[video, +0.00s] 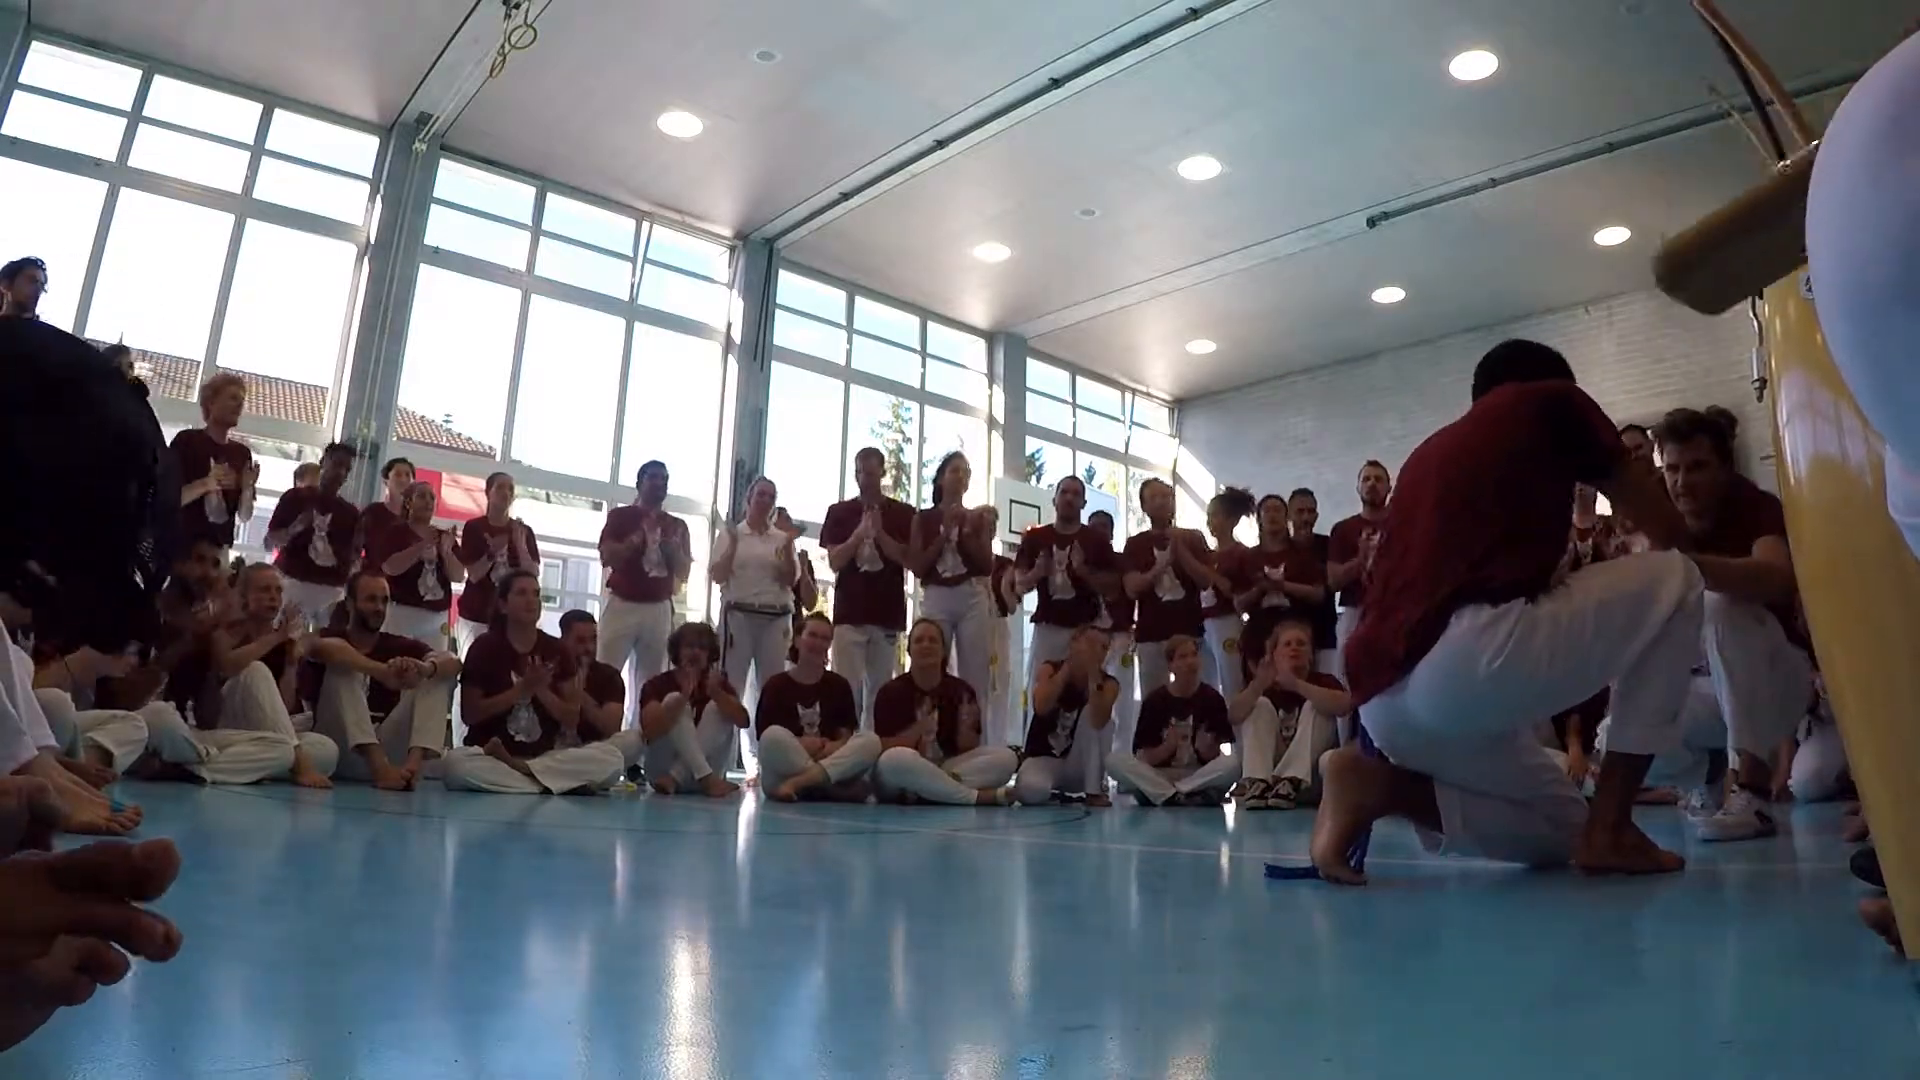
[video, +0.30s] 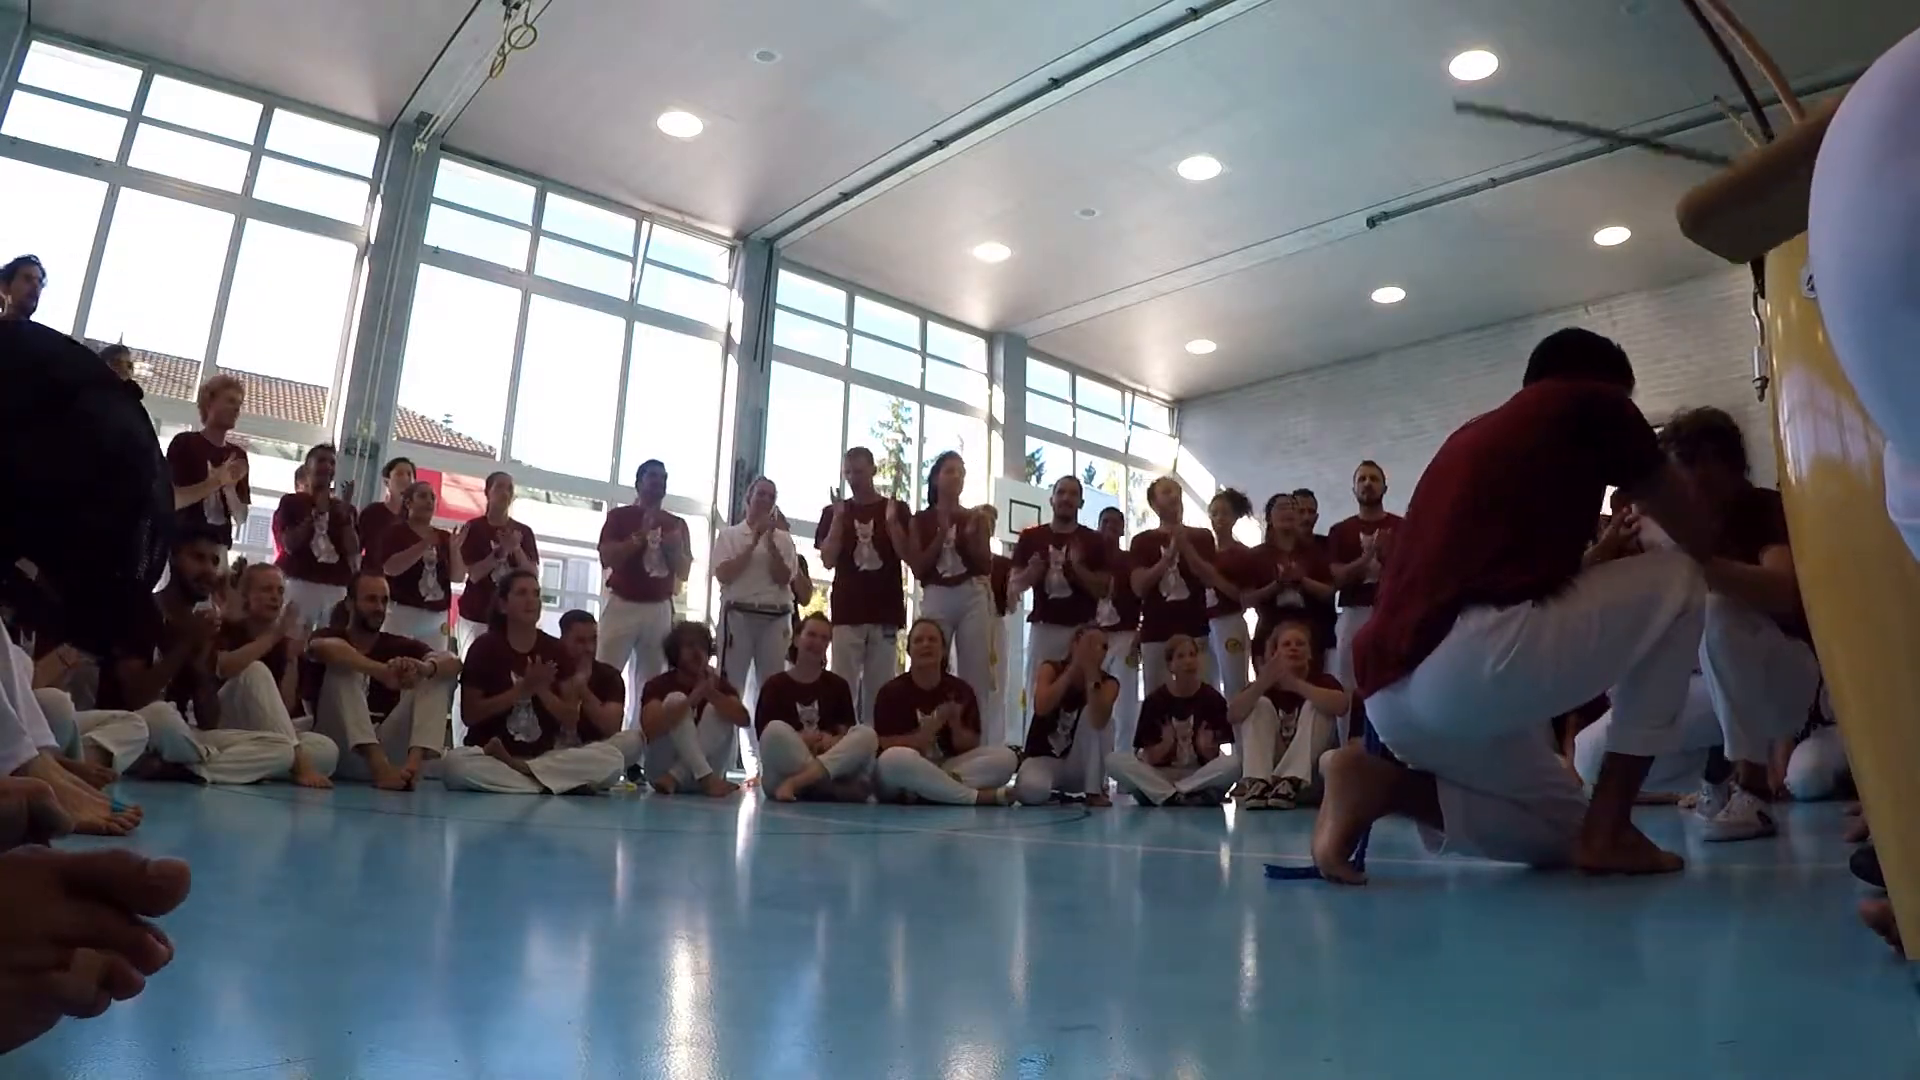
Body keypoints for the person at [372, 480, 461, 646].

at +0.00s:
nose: (428, 502)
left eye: (432, 497)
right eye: (422, 496)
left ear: (435, 503)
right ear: (408, 502)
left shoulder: (444, 537)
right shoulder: (397, 532)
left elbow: (459, 576)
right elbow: (389, 568)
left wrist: (447, 552)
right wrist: (419, 549)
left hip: (437, 613)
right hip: (402, 610)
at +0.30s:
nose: (430, 501)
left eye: (432, 497)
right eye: (423, 496)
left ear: (436, 503)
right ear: (409, 503)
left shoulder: (444, 537)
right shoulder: (396, 532)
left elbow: (458, 577)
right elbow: (390, 568)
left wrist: (455, 549)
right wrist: (425, 544)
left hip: (437, 614)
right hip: (402, 610)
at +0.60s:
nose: (430, 502)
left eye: (432, 498)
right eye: (423, 497)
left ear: (436, 503)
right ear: (409, 503)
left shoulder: (445, 538)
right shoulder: (397, 532)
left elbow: (458, 576)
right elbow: (394, 568)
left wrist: (447, 551)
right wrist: (430, 546)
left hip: (436, 614)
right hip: (402, 611)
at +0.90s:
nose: (429, 502)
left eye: (432, 498)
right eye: (423, 497)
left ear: (436, 503)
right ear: (408, 503)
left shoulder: (443, 537)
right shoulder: (397, 532)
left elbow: (458, 577)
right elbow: (395, 568)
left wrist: (445, 551)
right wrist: (432, 548)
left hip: (435, 614)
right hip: (402, 611)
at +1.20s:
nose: (429, 502)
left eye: (432, 497)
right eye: (422, 496)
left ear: (435, 502)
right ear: (407, 502)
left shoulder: (440, 536)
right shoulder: (397, 531)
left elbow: (457, 576)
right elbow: (395, 569)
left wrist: (443, 554)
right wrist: (431, 550)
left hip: (434, 614)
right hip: (401, 610)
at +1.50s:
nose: (429, 502)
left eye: (432, 497)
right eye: (423, 496)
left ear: (436, 502)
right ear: (407, 501)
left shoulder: (441, 537)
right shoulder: (397, 532)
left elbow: (456, 579)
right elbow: (392, 569)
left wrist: (457, 551)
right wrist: (427, 548)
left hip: (434, 614)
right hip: (401, 610)